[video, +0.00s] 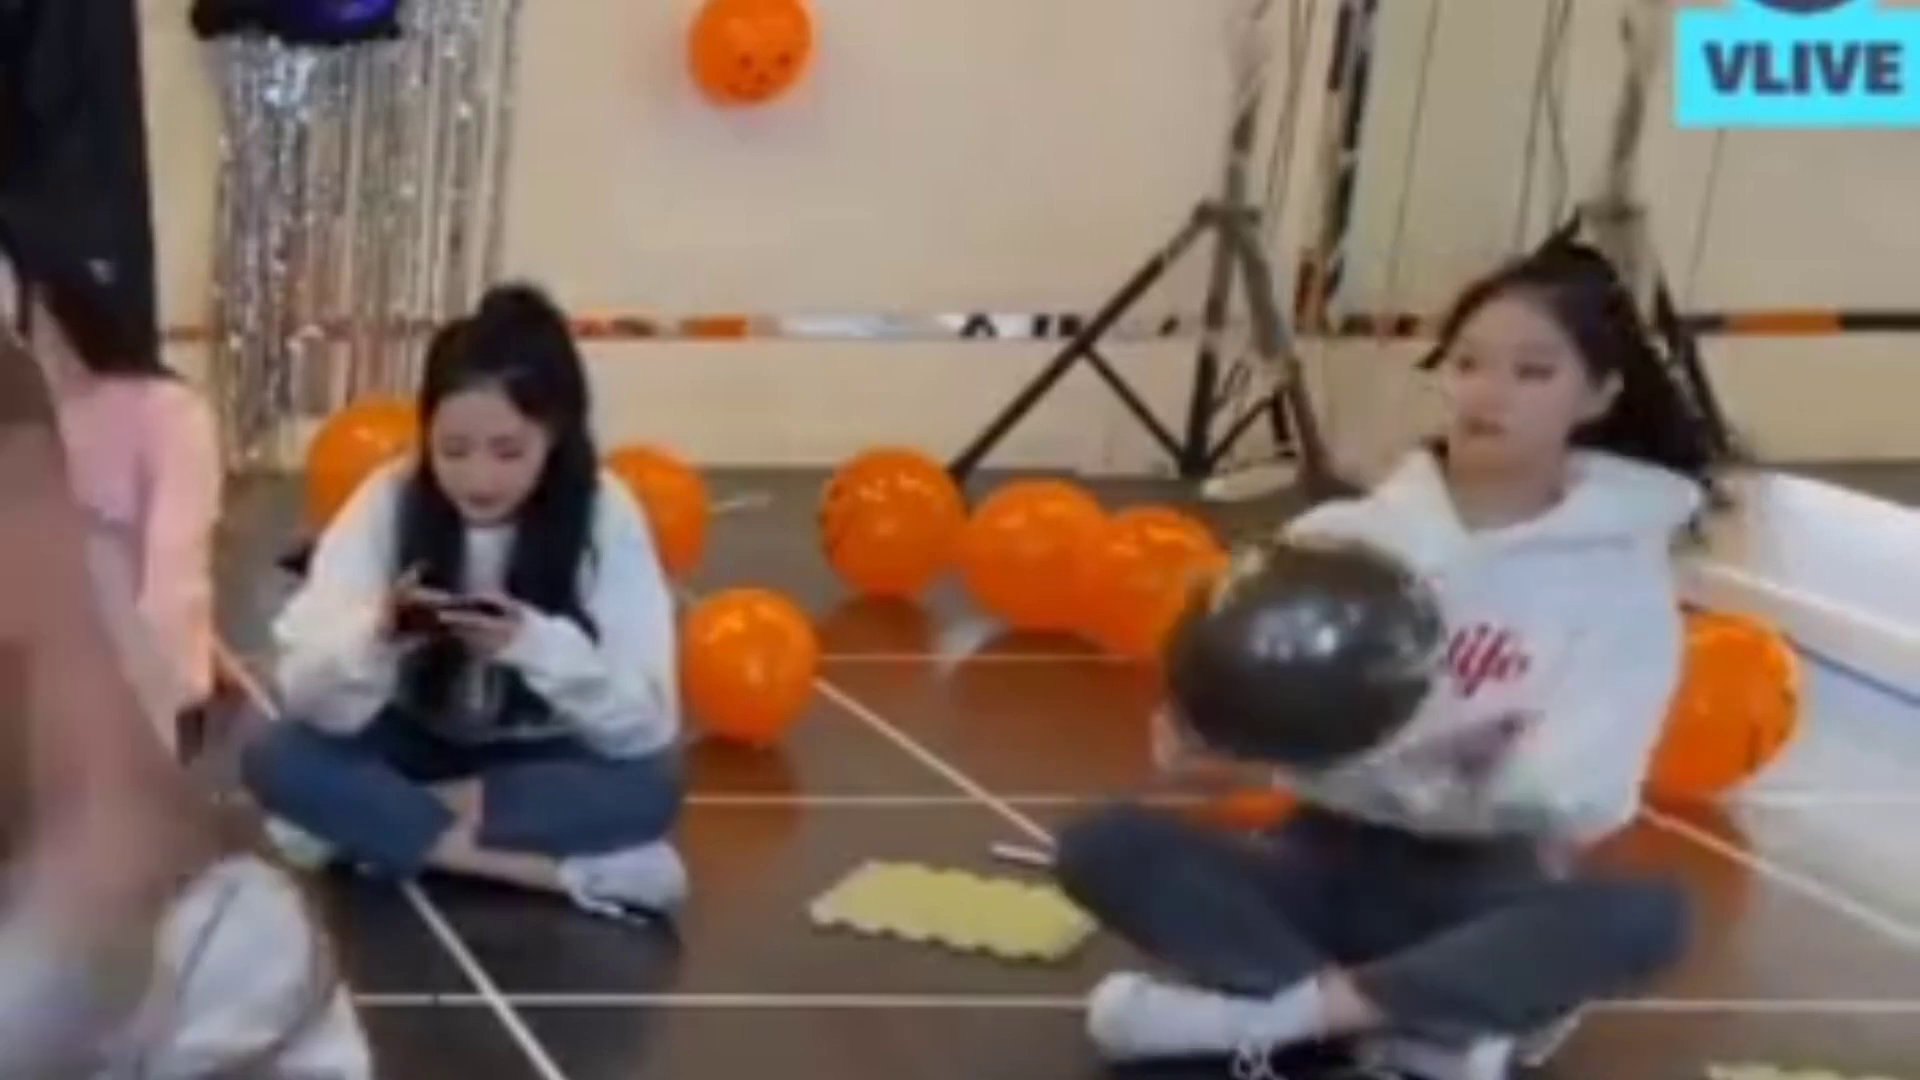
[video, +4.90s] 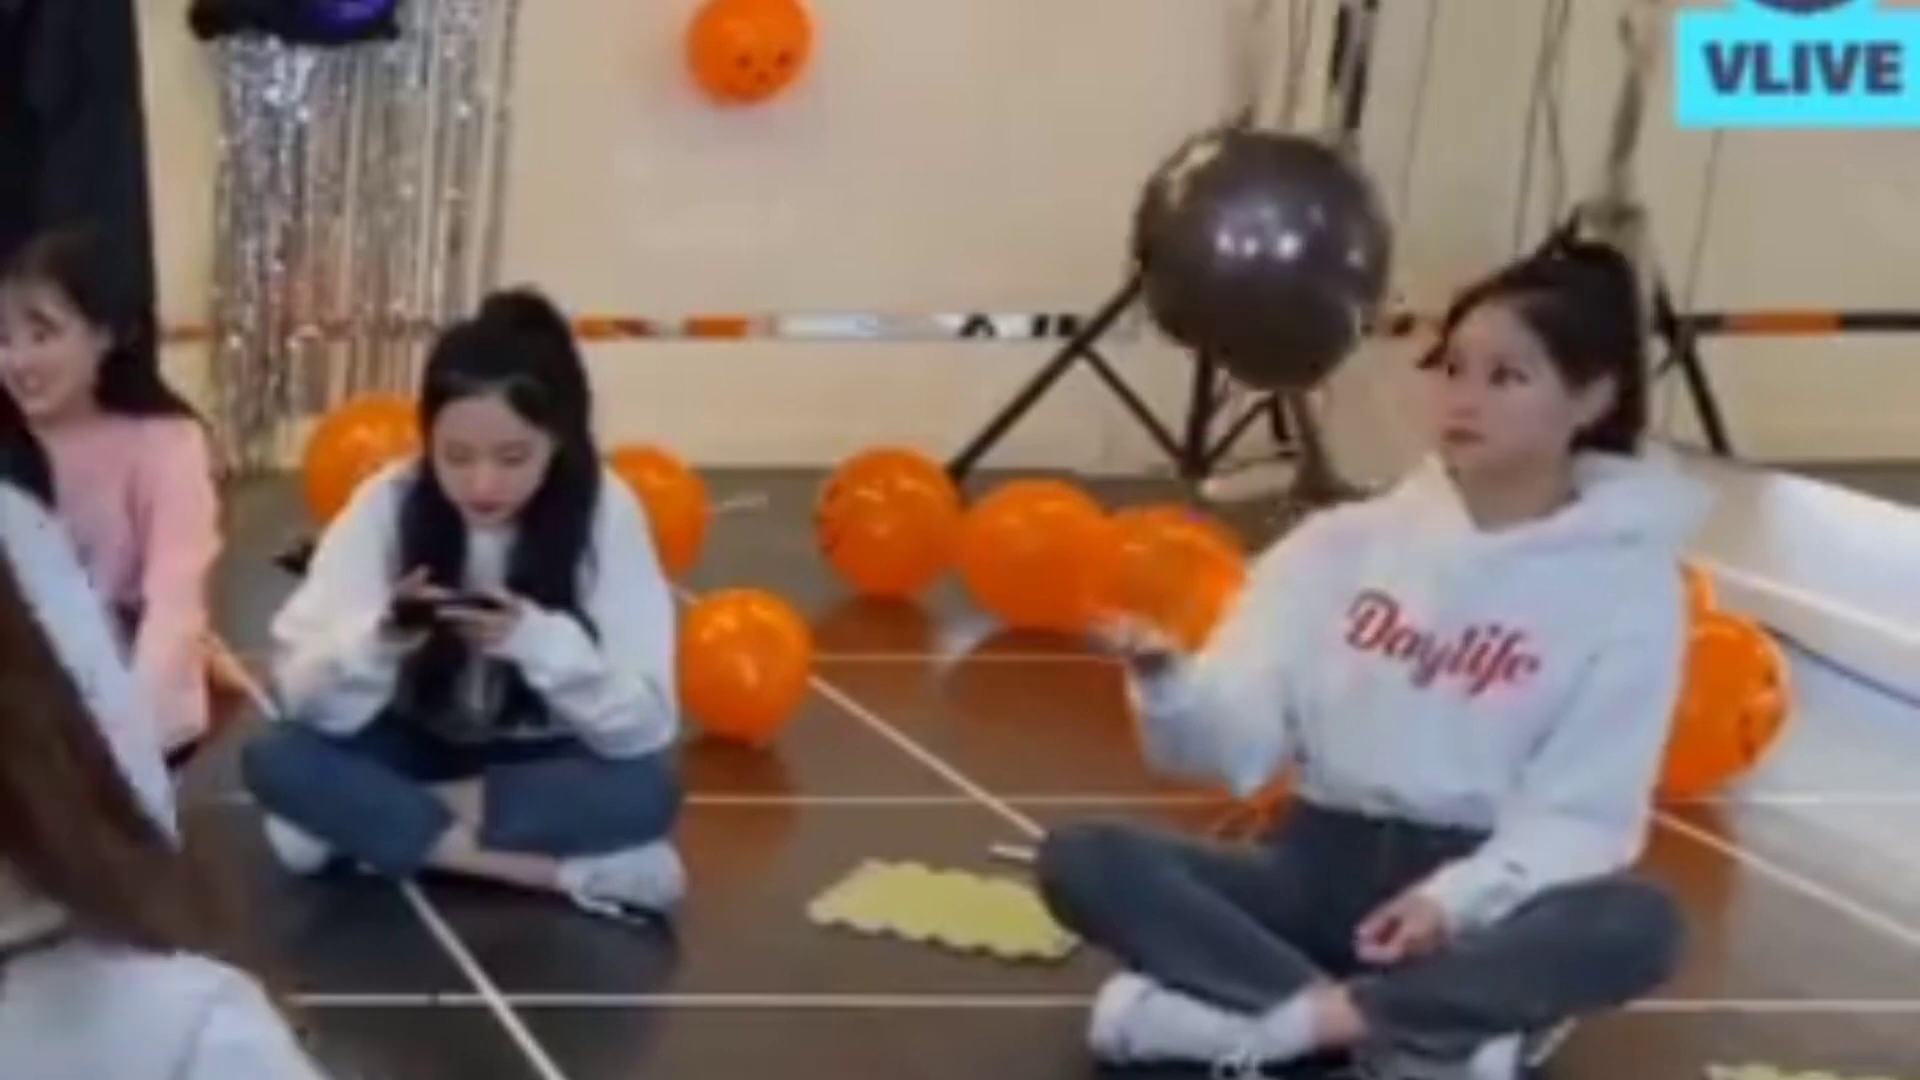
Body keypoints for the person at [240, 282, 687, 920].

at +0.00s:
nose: (478, 480)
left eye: (508, 454)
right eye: (454, 452)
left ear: (556, 441)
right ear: (425, 436)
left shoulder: (604, 516)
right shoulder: (387, 502)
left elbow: (645, 723)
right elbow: (310, 700)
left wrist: (531, 644)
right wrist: (381, 636)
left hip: (545, 742)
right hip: (410, 734)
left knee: (648, 790)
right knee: (275, 757)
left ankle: (366, 837)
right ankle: (550, 877)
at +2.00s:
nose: (480, 484)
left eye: (510, 456)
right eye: (454, 455)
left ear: (558, 440)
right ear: (425, 438)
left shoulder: (603, 515)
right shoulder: (387, 501)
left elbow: (645, 724)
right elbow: (307, 700)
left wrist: (532, 644)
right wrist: (383, 639)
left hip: (545, 743)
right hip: (408, 735)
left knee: (648, 790)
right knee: (277, 759)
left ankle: (366, 837)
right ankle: (549, 877)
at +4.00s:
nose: (482, 487)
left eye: (512, 459)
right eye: (457, 458)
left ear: (559, 445)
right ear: (426, 440)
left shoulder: (603, 513)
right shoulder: (389, 501)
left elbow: (644, 724)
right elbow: (305, 698)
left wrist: (529, 643)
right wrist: (383, 647)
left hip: (542, 744)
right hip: (409, 739)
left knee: (647, 789)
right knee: (276, 761)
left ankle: (367, 839)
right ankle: (550, 877)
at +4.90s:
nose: (483, 486)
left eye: (512, 459)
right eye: (458, 458)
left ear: (560, 445)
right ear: (427, 441)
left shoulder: (605, 513)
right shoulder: (388, 505)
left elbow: (644, 725)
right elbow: (304, 699)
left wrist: (531, 639)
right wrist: (388, 637)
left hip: (541, 742)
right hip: (408, 738)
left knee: (645, 791)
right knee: (274, 759)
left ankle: (366, 839)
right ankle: (550, 878)